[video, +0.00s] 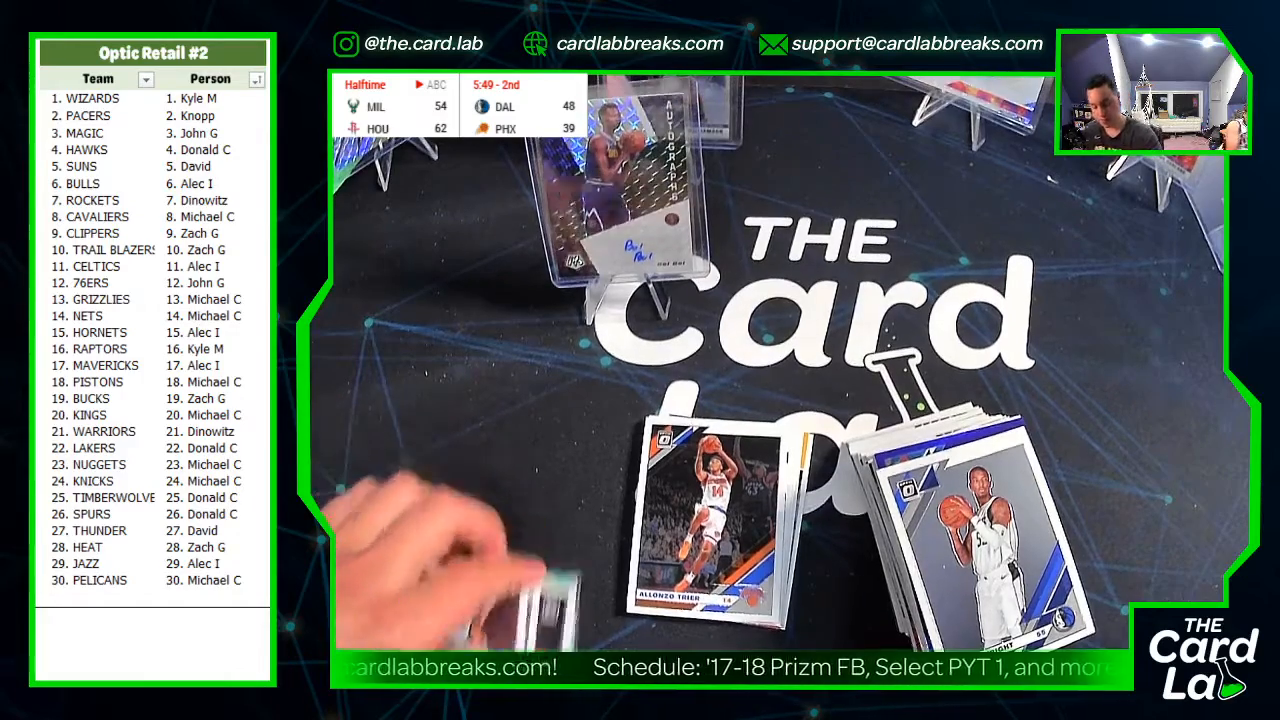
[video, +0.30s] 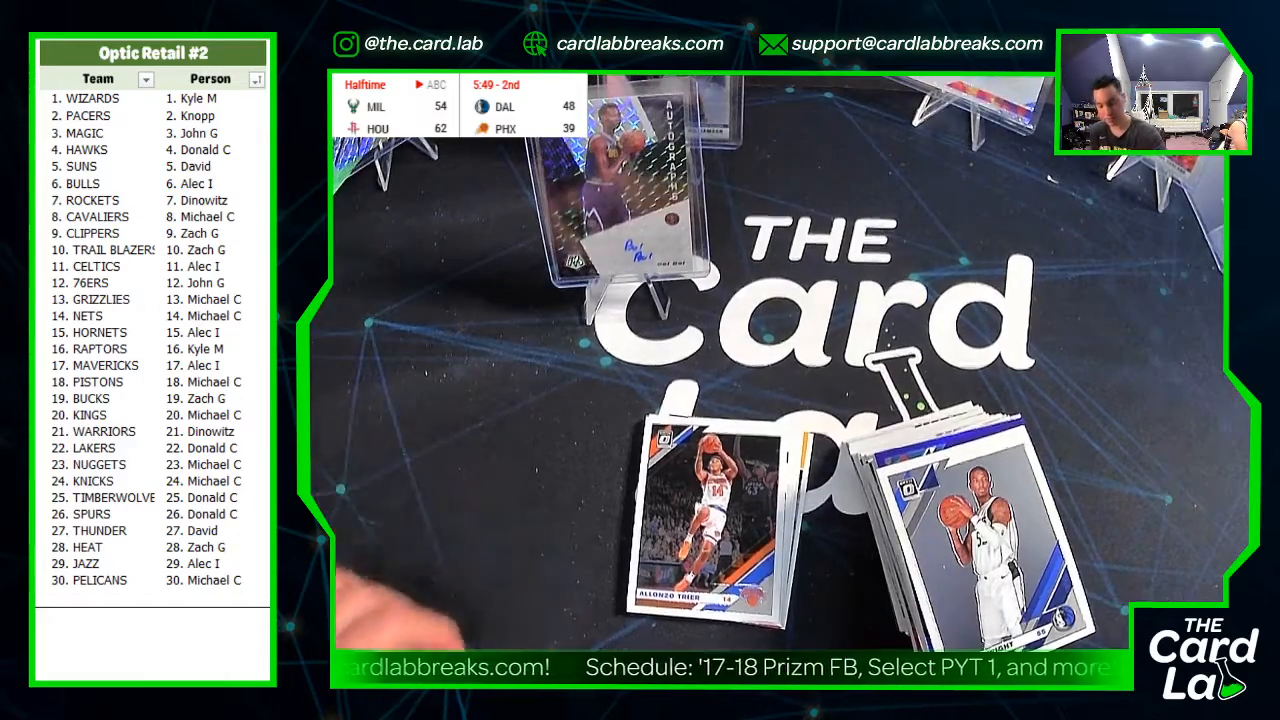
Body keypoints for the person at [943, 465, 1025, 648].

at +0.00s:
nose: (980, 484)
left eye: (983, 480)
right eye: (975, 481)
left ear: (990, 482)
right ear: (970, 486)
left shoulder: (999, 504)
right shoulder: (974, 519)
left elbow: (997, 539)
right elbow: (965, 559)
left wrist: (972, 516)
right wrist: (953, 531)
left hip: (1006, 578)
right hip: (984, 585)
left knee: (1017, 632)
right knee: (991, 639)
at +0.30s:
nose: (980, 484)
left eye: (983, 479)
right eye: (975, 480)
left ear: (990, 482)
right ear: (970, 486)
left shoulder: (999, 505)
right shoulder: (974, 518)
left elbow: (997, 539)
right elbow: (965, 559)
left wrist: (972, 516)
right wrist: (953, 531)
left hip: (1006, 579)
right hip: (984, 585)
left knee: (1017, 632)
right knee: (991, 639)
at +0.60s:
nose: (980, 484)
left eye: (983, 479)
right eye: (975, 481)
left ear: (990, 482)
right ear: (970, 486)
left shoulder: (999, 505)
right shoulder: (975, 517)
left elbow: (997, 539)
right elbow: (965, 559)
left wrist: (972, 517)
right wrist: (953, 531)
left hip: (1006, 579)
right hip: (985, 584)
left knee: (1017, 632)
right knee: (992, 640)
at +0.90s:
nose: (980, 484)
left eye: (983, 479)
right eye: (975, 481)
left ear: (990, 482)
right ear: (970, 485)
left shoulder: (1000, 505)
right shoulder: (975, 518)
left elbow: (997, 539)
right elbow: (965, 559)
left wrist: (972, 516)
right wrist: (953, 531)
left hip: (1006, 579)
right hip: (985, 585)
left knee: (1017, 632)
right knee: (992, 640)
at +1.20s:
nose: (980, 484)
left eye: (983, 480)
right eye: (975, 481)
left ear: (990, 482)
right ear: (970, 486)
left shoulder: (1000, 505)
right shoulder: (974, 518)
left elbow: (997, 539)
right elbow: (965, 559)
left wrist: (972, 516)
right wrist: (953, 531)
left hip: (1006, 578)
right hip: (985, 584)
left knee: (1017, 632)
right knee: (992, 639)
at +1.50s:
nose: (980, 484)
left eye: (983, 480)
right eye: (975, 481)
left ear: (990, 482)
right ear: (970, 486)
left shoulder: (1000, 505)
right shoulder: (975, 518)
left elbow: (997, 539)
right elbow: (965, 559)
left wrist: (972, 517)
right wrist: (953, 531)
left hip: (1006, 578)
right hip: (985, 584)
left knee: (1017, 632)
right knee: (991, 640)